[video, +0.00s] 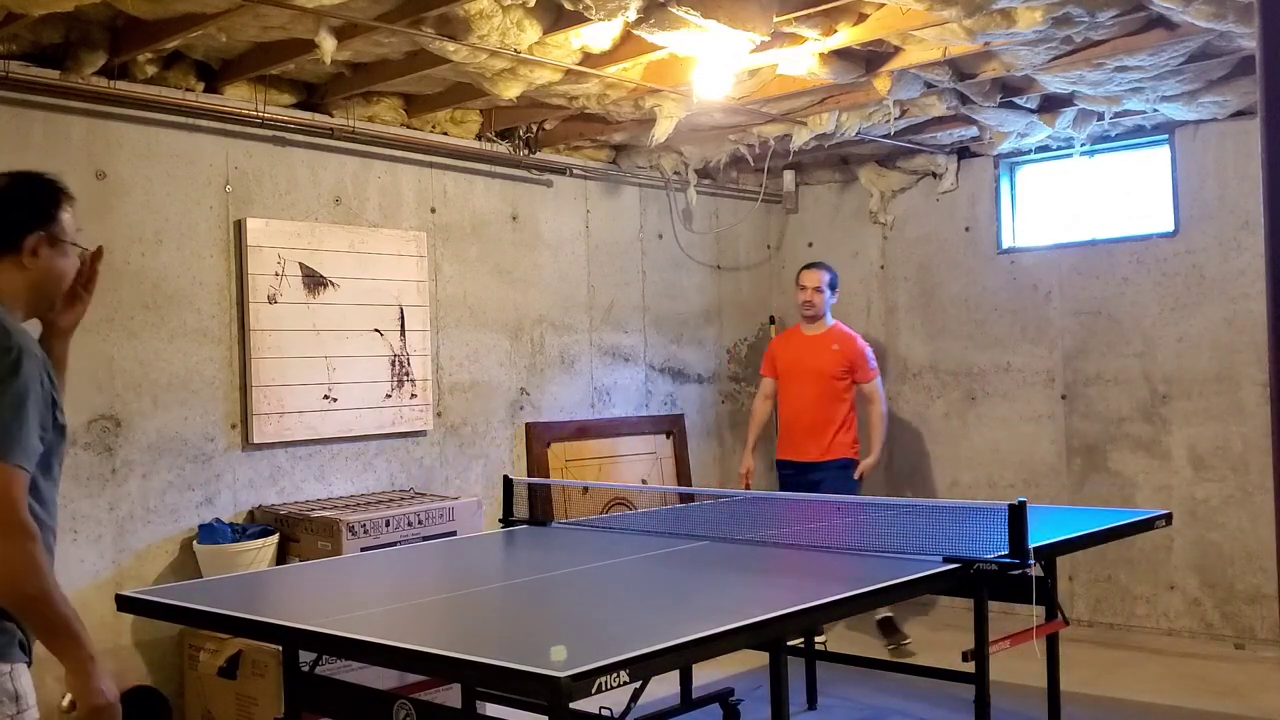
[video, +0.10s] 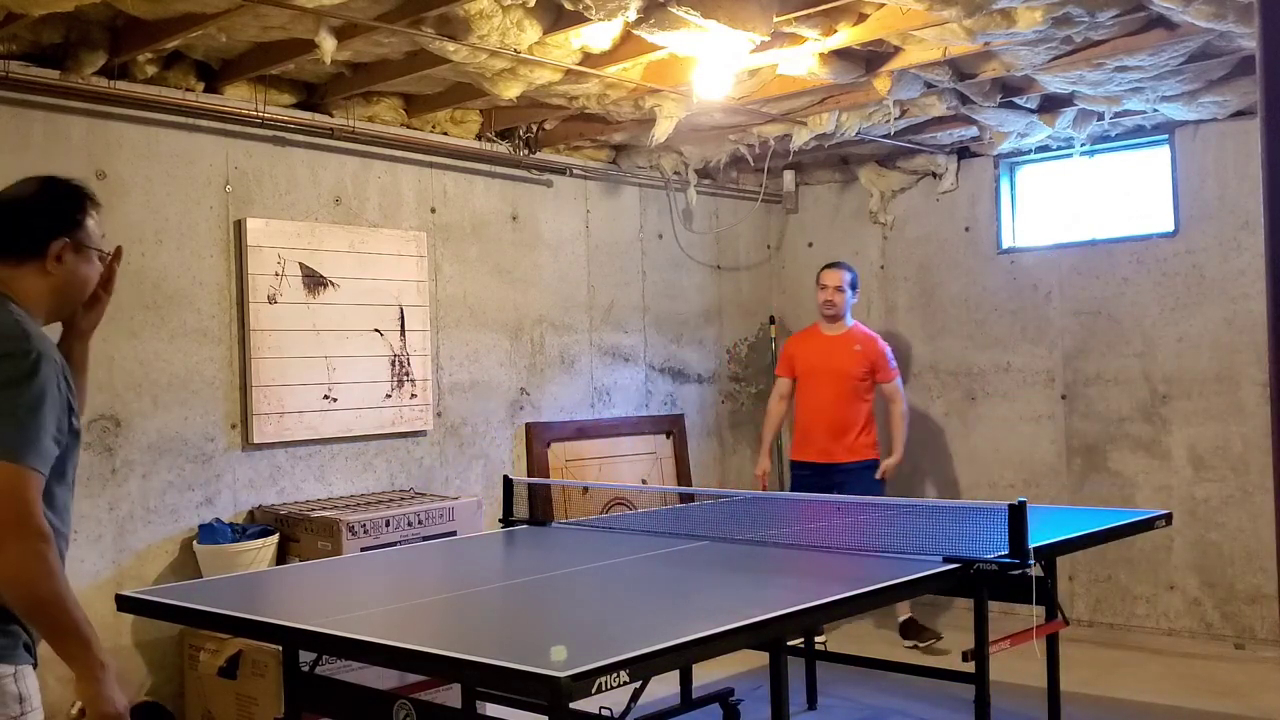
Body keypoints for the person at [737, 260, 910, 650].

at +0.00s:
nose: (807, 296)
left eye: (817, 290)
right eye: (802, 289)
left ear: (832, 297)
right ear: (794, 293)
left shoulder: (851, 344)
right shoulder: (780, 345)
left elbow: (875, 399)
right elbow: (765, 398)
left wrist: (874, 453)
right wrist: (748, 452)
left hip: (836, 465)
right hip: (790, 465)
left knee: (847, 541)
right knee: (797, 546)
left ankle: (882, 615)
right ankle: (810, 623)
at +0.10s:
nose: (829, 296)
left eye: (838, 290)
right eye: (823, 288)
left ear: (853, 297)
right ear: (815, 293)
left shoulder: (872, 346)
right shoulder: (795, 346)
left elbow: (896, 399)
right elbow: (779, 399)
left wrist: (897, 453)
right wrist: (764, 452)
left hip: (858, 466)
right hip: (806, 467)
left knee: (882, 539)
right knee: (806, 546)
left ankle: (905, 618)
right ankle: (812, 625)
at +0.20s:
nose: (853, 296)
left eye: (862, 290)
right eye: (847, 289)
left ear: (876, 296)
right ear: (838, 294)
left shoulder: (896, 346)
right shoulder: (817, 346)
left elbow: (920, 399)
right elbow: (798, 400)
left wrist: (924, 451)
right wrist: (783, 454)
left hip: (883, 467)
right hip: (828, 468)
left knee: (904, 539)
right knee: (820, 544)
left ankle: (914, 623)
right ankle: (813, 622)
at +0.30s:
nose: (878, 298)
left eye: (887, 291)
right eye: (872, 290)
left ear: (901, 297)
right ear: (863, 295)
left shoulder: (921, 347)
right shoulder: (842, 345)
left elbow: (941, 398)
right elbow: (818, 400)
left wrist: (954, 448)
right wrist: (801, 457)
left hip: (906, 467)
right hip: (851, 469)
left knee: (921, 541)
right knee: (832, 542)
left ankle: (917, 624)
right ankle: (817, 620)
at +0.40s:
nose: (901, 294)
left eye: (910, 288)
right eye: (894, 287)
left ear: (924, 294)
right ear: (886, 292)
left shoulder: (942, 344)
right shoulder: (863, 342)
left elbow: (958, 398)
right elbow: (838, 398)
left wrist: (977, 446)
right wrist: (823, 456)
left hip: (926, 466)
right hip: (872, 466)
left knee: (926, 545)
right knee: (852, 543)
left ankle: (918, 625)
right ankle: (827, 620)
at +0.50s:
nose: (921, 290)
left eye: (930, 283)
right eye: (914, 282)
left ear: (944, 289)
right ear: (905, 288)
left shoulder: (960, 339)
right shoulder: (881, 336)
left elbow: (974, 394)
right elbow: (855, 392)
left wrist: (994, 442)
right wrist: (846, 451)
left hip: (941, 461)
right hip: (891, 461)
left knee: (936, 543)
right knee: (891, 542)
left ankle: (920, 623)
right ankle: (868, 615)